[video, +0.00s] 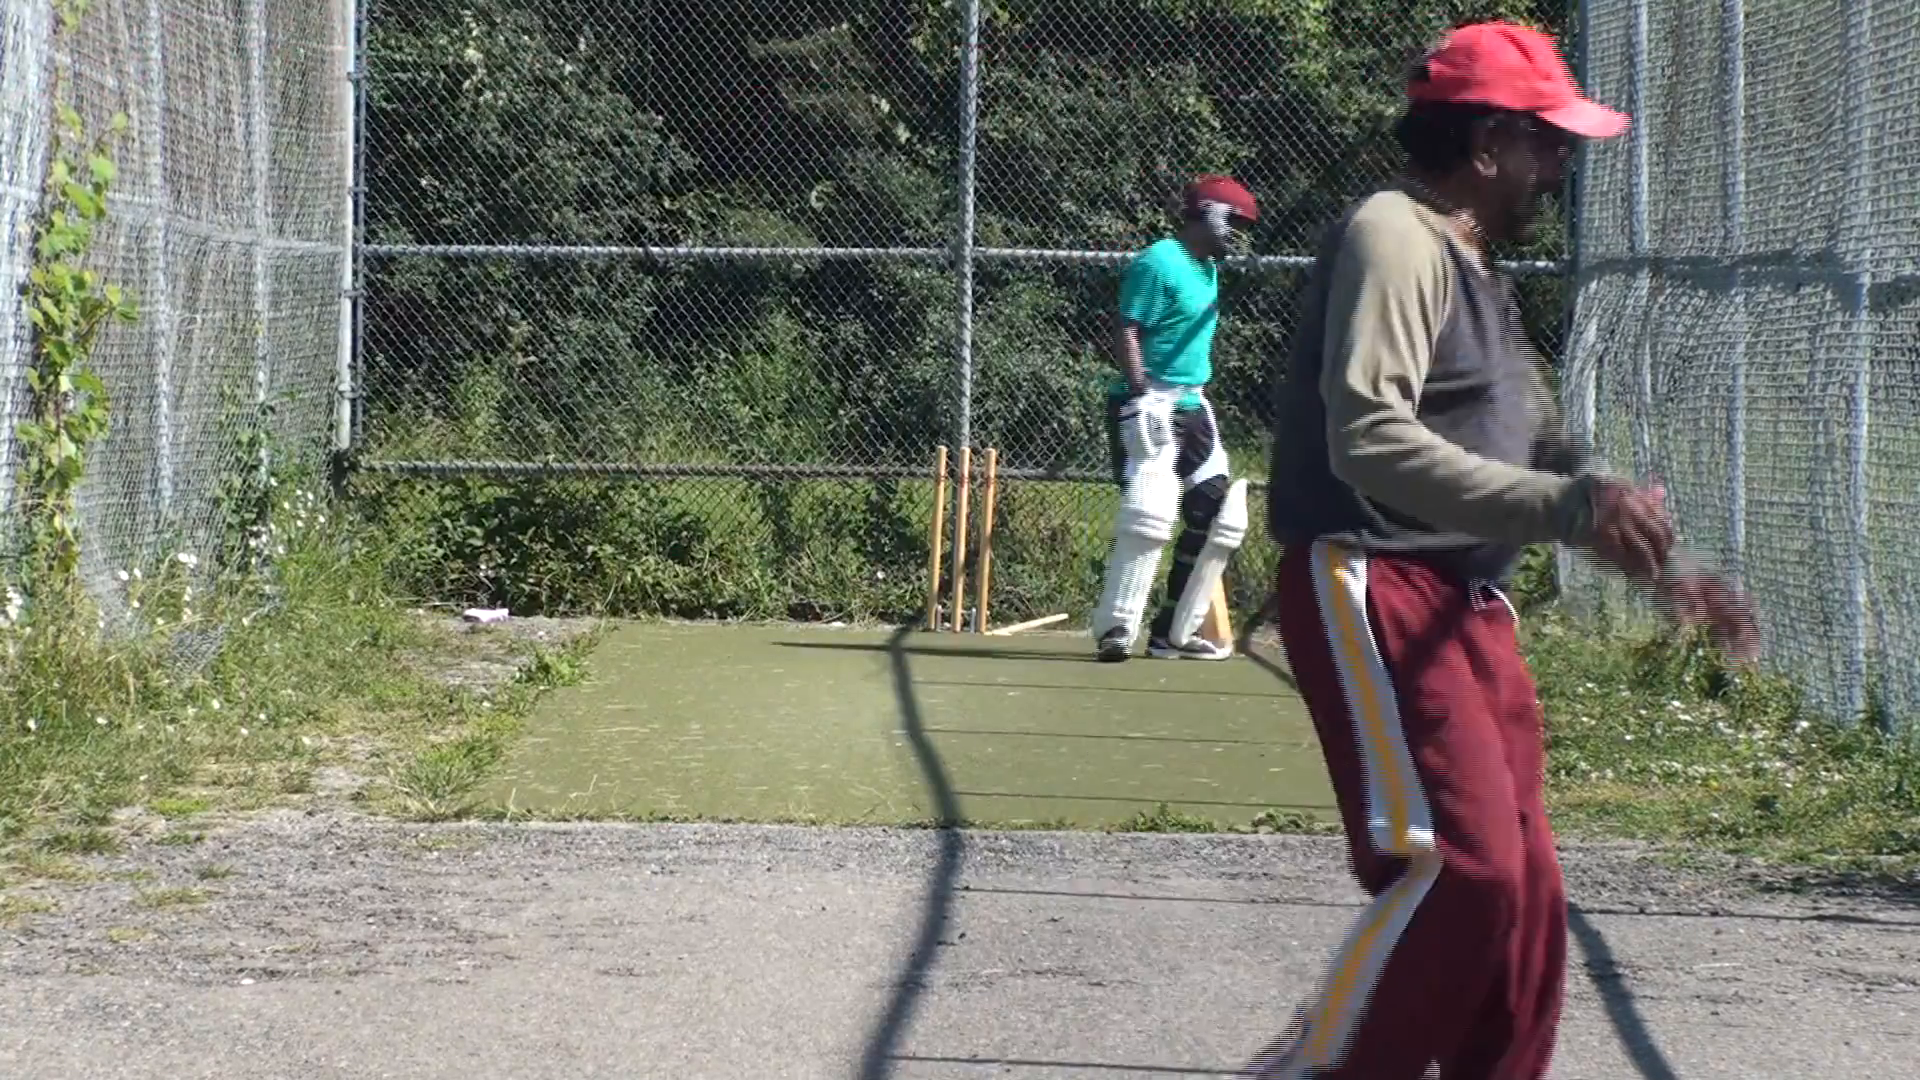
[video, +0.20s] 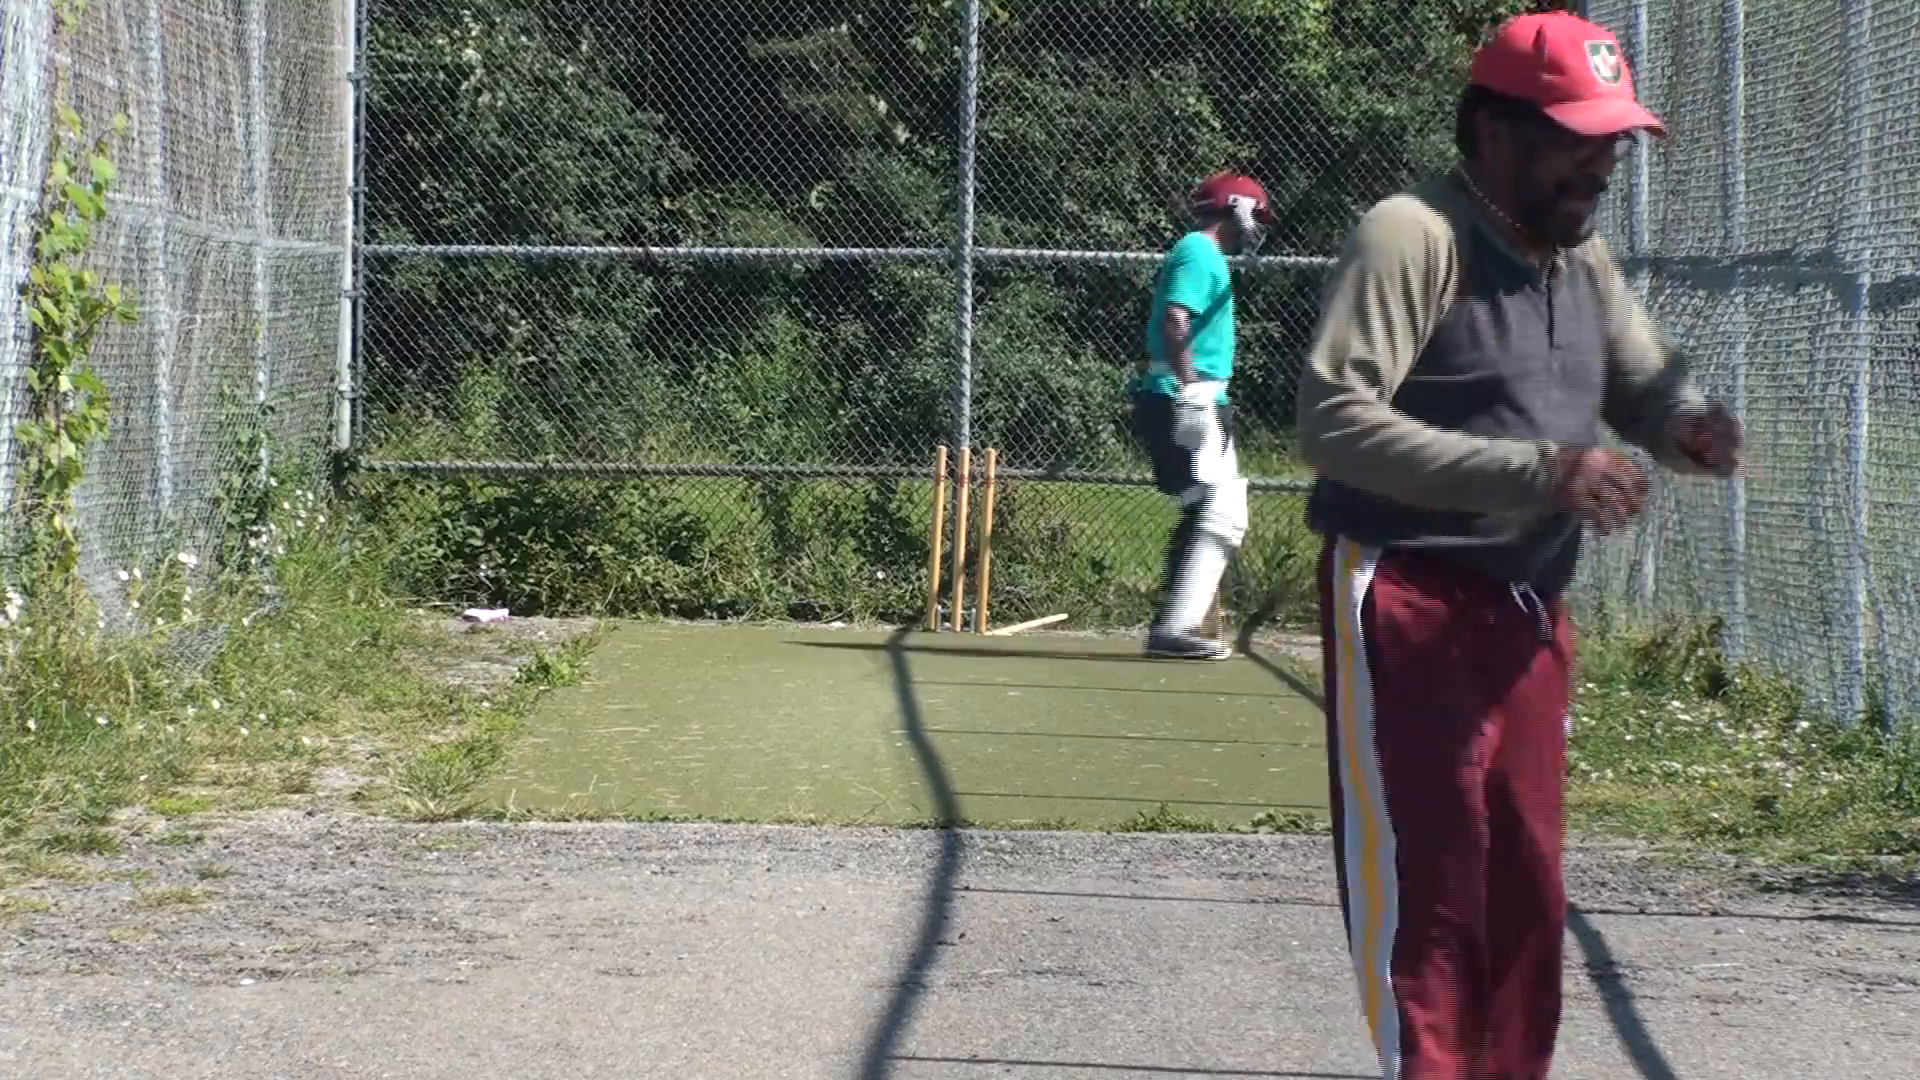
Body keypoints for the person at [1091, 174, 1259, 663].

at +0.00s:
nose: (1236, 232)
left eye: (1238, 223)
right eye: (1229, 221)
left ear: (1216, 222)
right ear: (1202, 216)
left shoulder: (1207, 268)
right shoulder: (1157, 262)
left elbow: (1188, 340)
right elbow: (1127, 329)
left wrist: (1196, 400)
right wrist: (1140, 390)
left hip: (1191, 403)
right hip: (1148, 402)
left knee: (1221, 516)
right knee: (1150, 514)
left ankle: (1175, 632)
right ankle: (1117, 629)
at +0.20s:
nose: (1258, 229)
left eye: (1259, 219)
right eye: (1254, 218)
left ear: (1222, 213)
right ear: (1234, 213)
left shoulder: (1207, 257)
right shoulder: (1199, 251)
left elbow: (1190, 333)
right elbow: (1175, 319)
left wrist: (1212, 400)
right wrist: (1192, 388)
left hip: (1197, 402)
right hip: (1183, 402)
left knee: (1219, 508)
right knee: (1219, 509)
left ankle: (1179, 624)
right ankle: (1177, 626)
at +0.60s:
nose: (1304, 224)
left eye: (1301, 214)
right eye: (1298, 215)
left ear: (1253, 219)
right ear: (1282, 218)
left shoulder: (1222, 266)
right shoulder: (1279, 260)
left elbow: (1193, 337)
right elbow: (1272, 329)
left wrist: (1210, 386)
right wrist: (1290, 391)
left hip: (1212, 408)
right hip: (1255, 406)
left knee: (1220, 521)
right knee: (1308, 510)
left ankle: (1175, 628)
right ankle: (1331, 628)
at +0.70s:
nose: (1327, 228)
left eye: (1325, 218)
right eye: (1322, 219)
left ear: (1275, 223)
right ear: (1306, 222)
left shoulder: (1241, 270)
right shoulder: (1306, 266)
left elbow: (1217, 343)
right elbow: (1301, 333)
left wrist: (1223, 400)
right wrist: (1324, 397)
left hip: (1237, 407)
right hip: (1284, 407)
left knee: (1241, 519)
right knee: (1323, 517)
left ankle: (1181, 622)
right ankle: (1332, 637)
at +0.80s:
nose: (1346, 231)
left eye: (1345, 222)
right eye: (1342, 222)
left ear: (1291, 224)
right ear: (1326, 225)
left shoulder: (1257, 271)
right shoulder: (1333, 267)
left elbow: (1238, 346)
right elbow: (1337, 341)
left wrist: (1236, 408)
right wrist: (1375, 381)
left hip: (1259, 409)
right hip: (1312, 407)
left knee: (1277, 524)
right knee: (1343, 511)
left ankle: (1213, 600)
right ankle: (1333, 635)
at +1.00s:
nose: (1380, 227)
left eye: (1377, 220)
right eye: (1377, 220)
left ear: (1327, 222)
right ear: (1367, 221)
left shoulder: (1293, 268)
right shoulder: (1376, 265)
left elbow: (1261, 342)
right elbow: (1407, 338)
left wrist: (1259, 405)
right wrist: (1436, 389)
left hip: (1295, 406)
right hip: (1346, 403)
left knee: (1318, 505)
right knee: (1350, 519)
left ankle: (1312, 616)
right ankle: (1331, 637)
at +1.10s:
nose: (1391, 231)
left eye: (1390, 224)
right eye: (1389, 224)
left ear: (1337, 227)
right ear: (1378, 224)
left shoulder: (1307, 271)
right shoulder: (1390, 270)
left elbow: (1274, 343)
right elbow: (1434, 342)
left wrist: (1271, 404)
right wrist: (1471, 398)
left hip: (1309, 407)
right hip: (1364, 405)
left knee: (1336, 511)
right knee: (1358, 518)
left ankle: (1365, 623)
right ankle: (1333, 632)